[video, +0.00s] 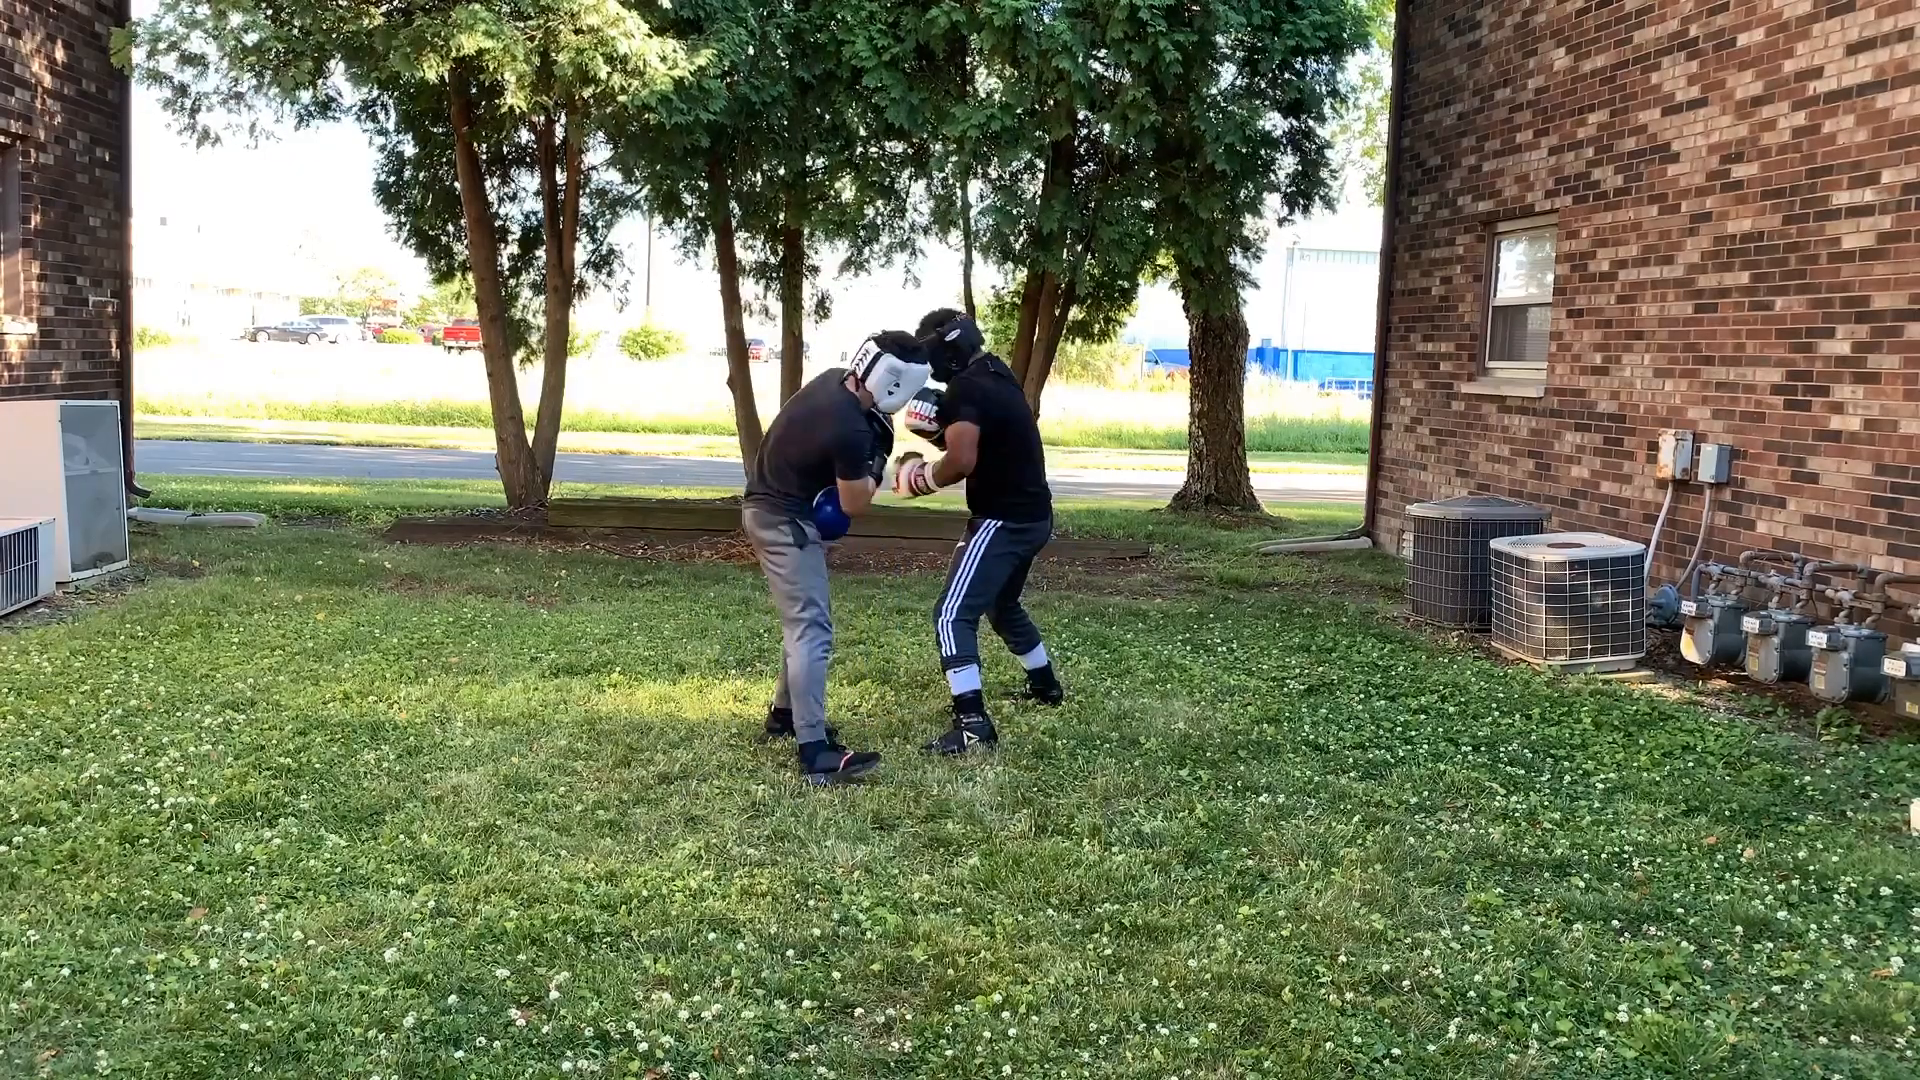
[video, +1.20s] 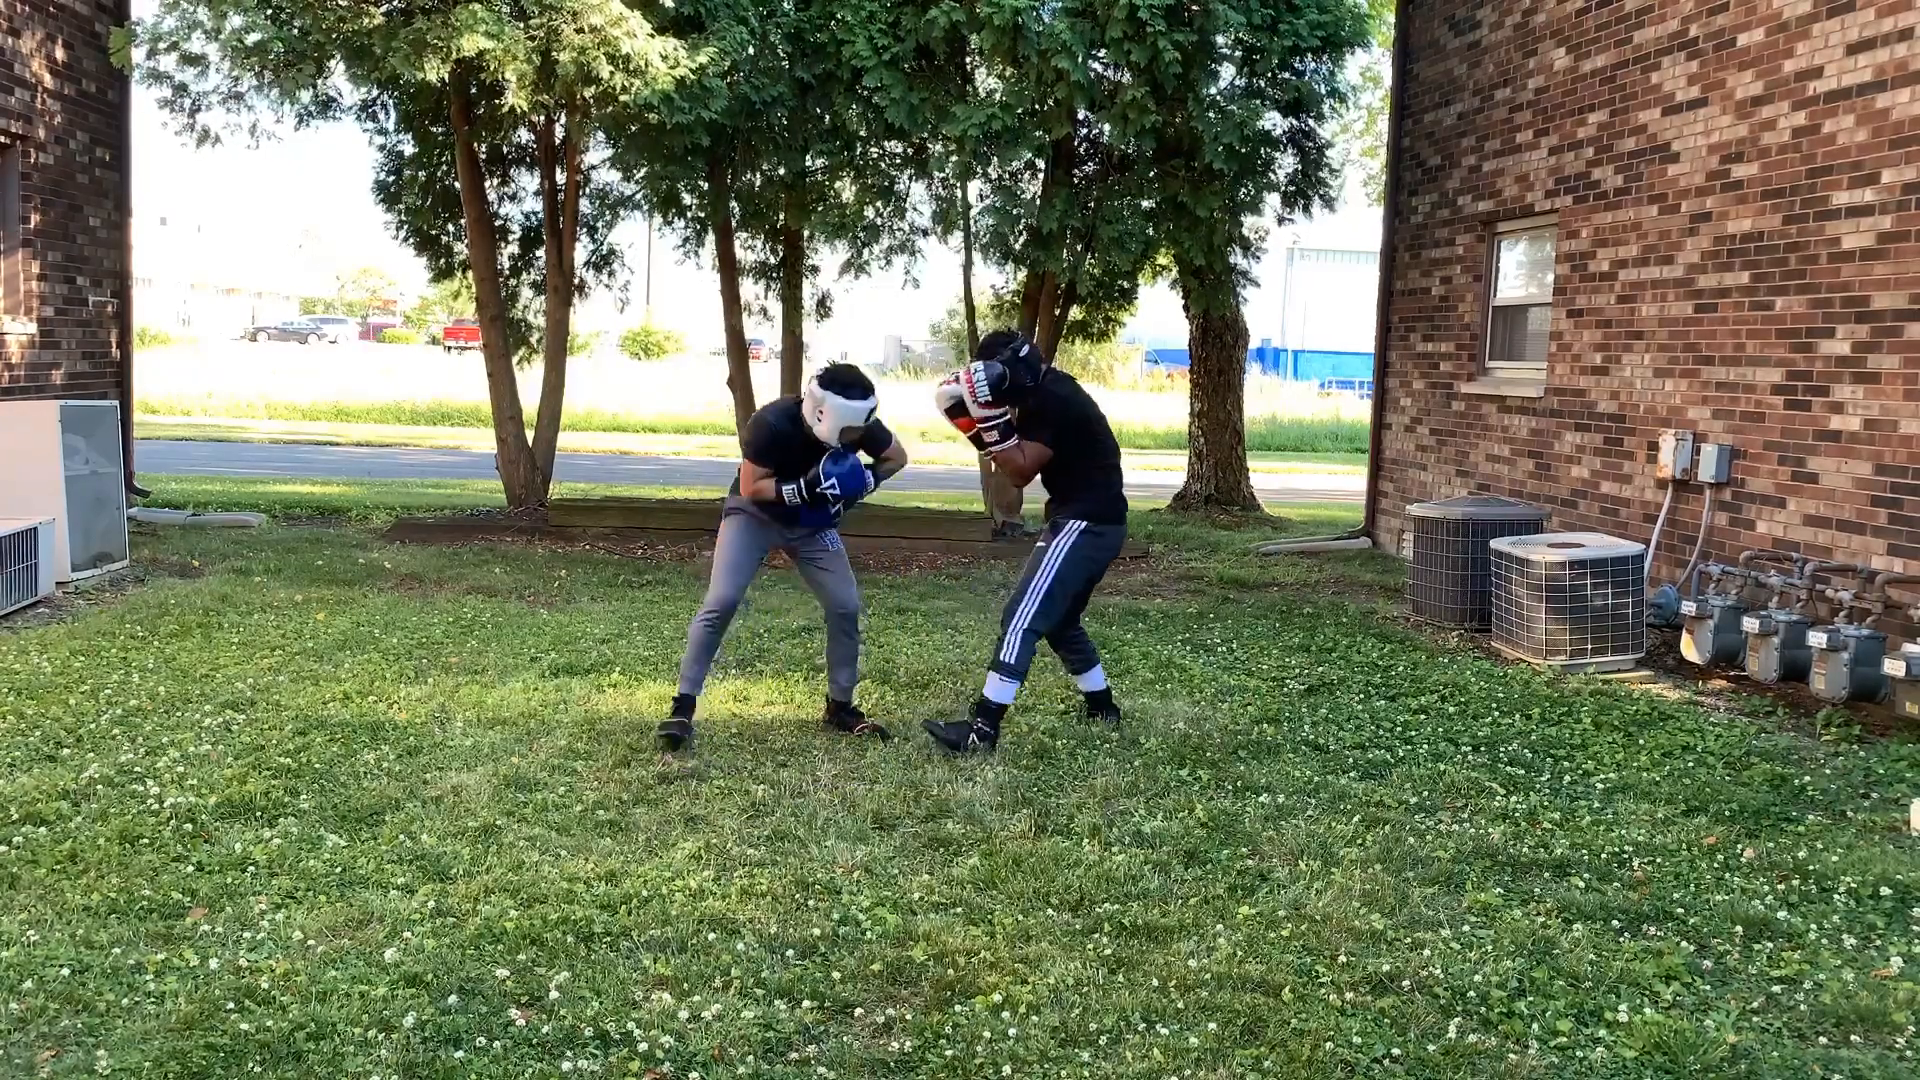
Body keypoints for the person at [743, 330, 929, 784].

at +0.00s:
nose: (903, 397)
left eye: (908, 388)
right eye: (902, 386)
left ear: (864, 368)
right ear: (879, 379)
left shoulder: (835, 381)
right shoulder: (850, 426)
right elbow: (854, 504)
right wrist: (875, 467)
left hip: (770, 502)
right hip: (782, 514)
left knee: (803, 618)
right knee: (811, 628)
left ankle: (786, 712)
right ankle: (816, 751)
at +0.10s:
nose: (883, 381)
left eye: (888, 373)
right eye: (878, 371)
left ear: (851, 361)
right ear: (855, 365)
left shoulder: (846, 393)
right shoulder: (820, 409)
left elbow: (850, 467)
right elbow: (832, 492)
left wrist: (867, 443)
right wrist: (870, 452)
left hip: (794, 510)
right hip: (764, 509)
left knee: (811, 615)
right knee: (787, 619)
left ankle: (786, 715)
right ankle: (780, 737)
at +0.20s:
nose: (873, 378)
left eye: (876, 369)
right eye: (870, 368)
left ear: (841, 359)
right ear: (844, 360)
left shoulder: (833, 393)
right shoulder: (798, 404)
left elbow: (842, 460)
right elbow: (817, 486)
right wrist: (858, 446)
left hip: (793, 514)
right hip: (756, 509)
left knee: (809, 613)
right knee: (766, 617)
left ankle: (785, 714)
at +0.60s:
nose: (825, 428)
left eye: (828, 420)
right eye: (821, 420)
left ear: (801, 407)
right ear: (792, 411)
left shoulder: (807, 426)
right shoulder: (749, 439)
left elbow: (807, 477)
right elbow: (775, 519)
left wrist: (834, 472)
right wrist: (827, 487)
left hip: (780, 539)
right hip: (728, 538)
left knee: (826, 608)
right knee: (743, 634)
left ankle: (800, 709)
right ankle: (685, 737)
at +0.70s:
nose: (804, 477)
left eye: (810, 469)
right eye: (799, 469)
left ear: (820, 452)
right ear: (773, 451)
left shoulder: (800, 455)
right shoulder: (734, 470)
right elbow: (753, 545)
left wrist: (828, 498)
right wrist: (812, 514)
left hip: (772, 542)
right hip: (716, 545)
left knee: (836, 614)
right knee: (726, 631)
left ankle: (821, 705)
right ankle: (680, 736)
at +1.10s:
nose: (858, 473)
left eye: (863, 465)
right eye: (853, 466)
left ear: (867, 451)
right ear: (825, 450)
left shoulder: (858, 458)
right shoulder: (771, 452)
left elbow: (874, 491)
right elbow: (744, 517)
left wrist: (849, 511)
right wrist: (802, 516)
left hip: (808, 546)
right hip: (748, 540)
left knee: (854, 614)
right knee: (718, 622)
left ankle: (840, 709)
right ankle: (683, 721)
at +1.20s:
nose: (848, 440)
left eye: (856, 431)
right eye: (842, 431)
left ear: (866, 415)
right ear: (818, 411)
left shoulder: (860, 426)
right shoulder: (770, 424)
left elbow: (897, 457)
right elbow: (750, 489)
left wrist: (864, 482)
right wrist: (804, 488)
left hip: (813, 524)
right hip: (753, 516)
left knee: (846, 606)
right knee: (721, 602)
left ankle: (840, 707)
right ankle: (683, 708)